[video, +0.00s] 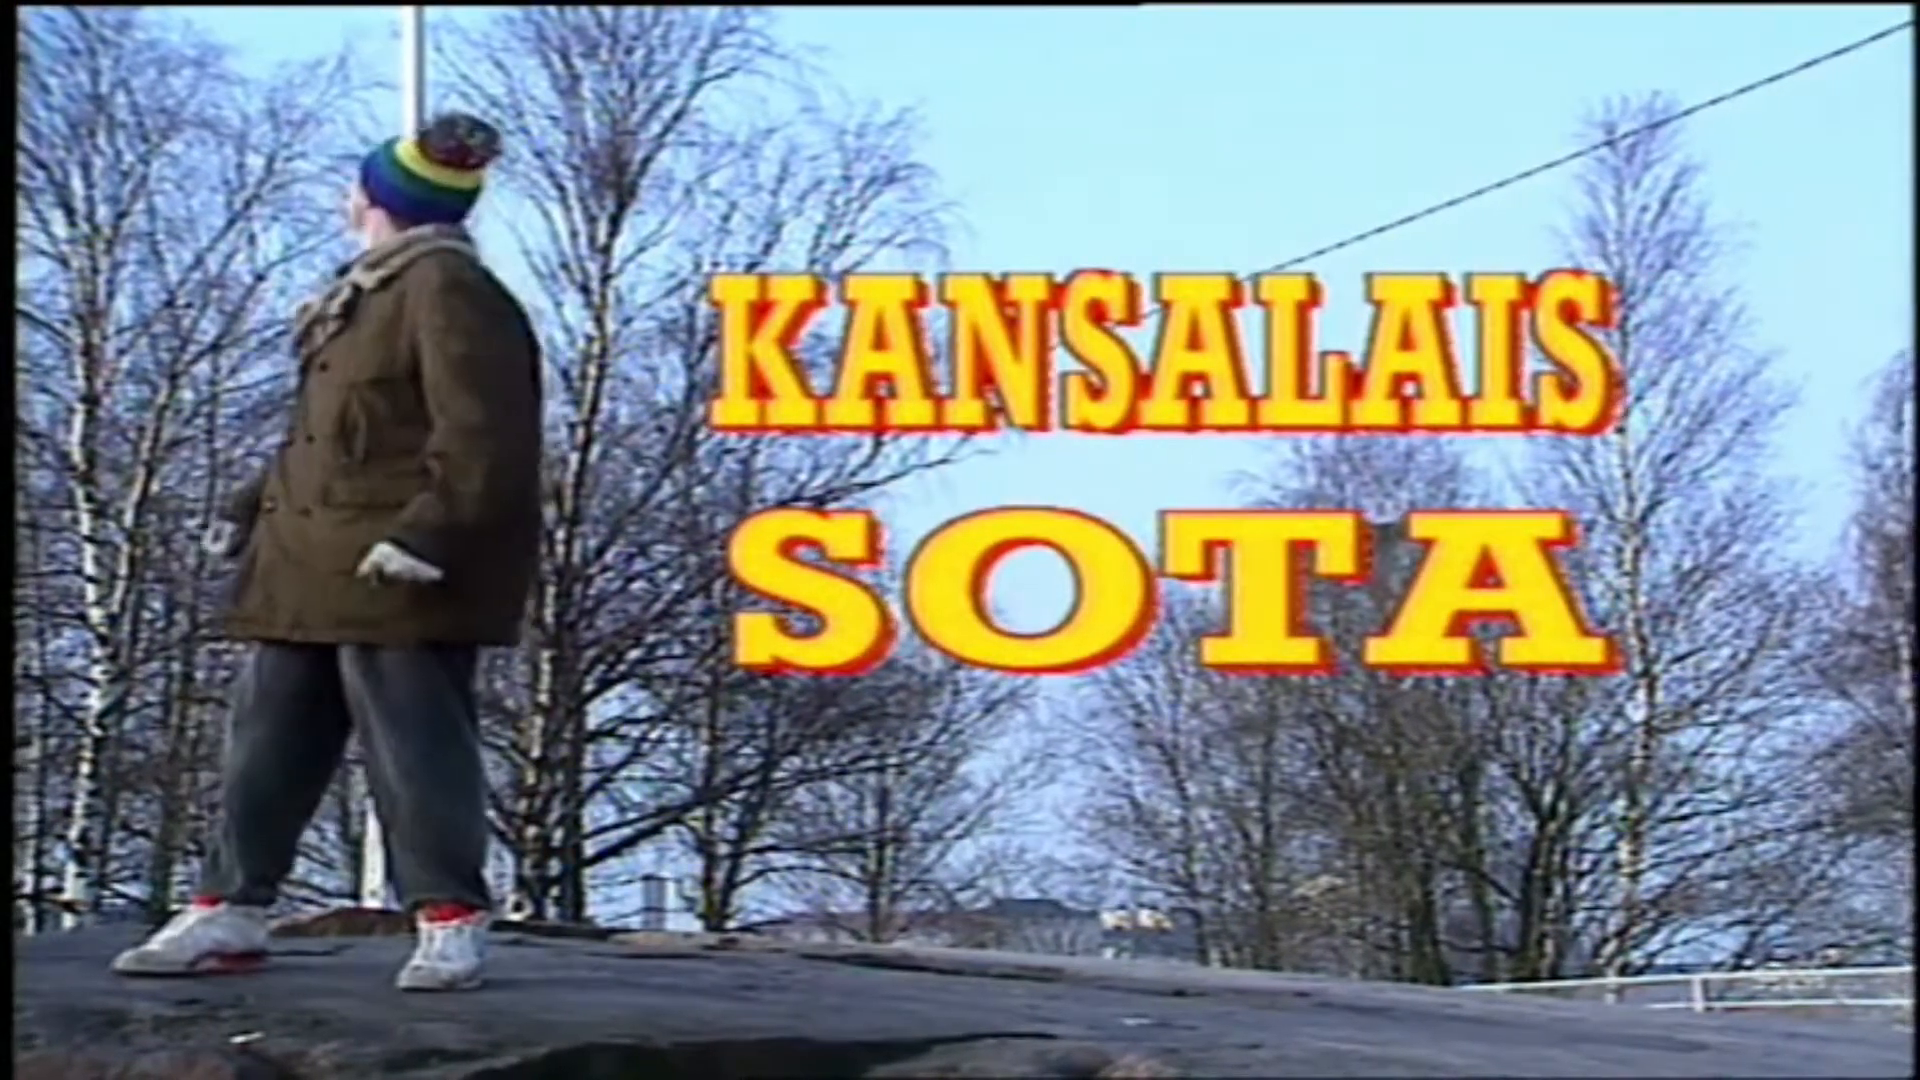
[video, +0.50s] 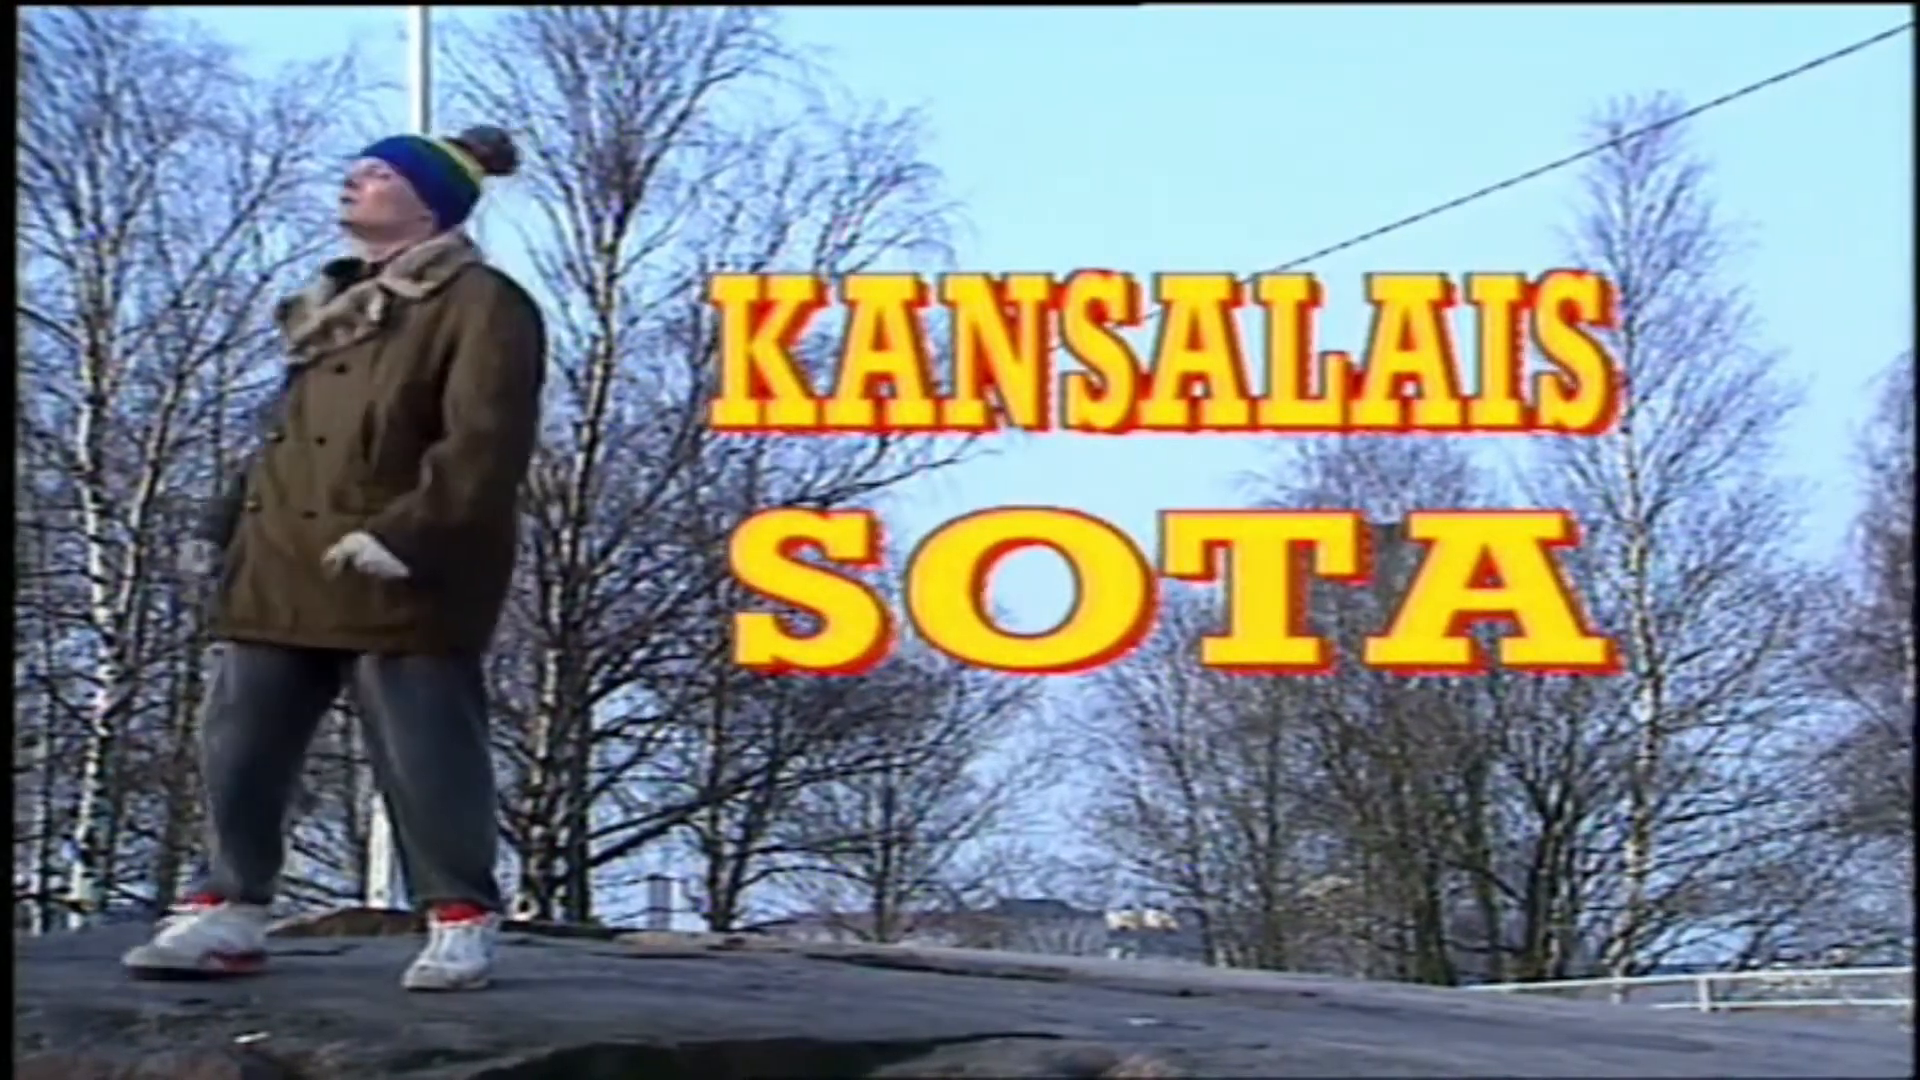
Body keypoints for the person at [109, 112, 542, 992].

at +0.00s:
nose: (352, 209)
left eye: (360, 197)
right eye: (359, 196)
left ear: (381, 203)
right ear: (418, 205)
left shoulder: (450, 286)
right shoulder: (359, 293)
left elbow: (482, 435)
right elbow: (329, 435)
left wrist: (430, 533)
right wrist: (264, 506)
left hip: (396, 569)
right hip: (306, 566)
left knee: (416, 744)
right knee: (269, 742)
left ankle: (451, 918)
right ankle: (233, 909)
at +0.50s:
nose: (353, 180)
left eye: (376, 172)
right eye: (357, 171)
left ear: (425, 201)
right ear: (374, 204)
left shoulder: (486, 304)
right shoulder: (337, 307)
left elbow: (483, 449)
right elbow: (291, 439)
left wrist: (403, 533)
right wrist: (238, 524)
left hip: (406, 574)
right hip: (288, 565)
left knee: (424, 747)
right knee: (244, 736)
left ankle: (461, 919)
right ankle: (234, 910)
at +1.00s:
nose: (335, 184)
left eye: (357, 175)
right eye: (322, 175)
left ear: (399, 204)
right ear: (299, 204)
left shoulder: (449, 279)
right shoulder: (255, 294)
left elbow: (509, 344)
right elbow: (158, 352)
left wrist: (417, 295)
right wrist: (118, 291)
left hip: (406, 553)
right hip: (266, 556)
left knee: (416, 742)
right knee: (241, 730)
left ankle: (441, 916)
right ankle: (238, 913)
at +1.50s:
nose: (351, 180)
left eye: (375, 172)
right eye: (338, 171)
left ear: (417, 200)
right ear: (318, 198)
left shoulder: (453, 270)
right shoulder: (258, 284)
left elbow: (499, 323)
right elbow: (200, 372)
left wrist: (382, 260)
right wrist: (219, 416)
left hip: (414, 548)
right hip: (280, 552)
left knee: (426, 740)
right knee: (272, 741)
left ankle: (450, 918)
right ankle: (275, 917)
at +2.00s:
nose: (321, 172)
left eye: (345, 163)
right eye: (310, 166)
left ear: (396, 193)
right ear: (292, 198)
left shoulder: (456, 275)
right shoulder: (246, 280)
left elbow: (447, 373)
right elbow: (151, 355)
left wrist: (315, 365)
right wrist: (114, 272)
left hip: (391, 561)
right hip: (253, 560)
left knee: (405, 747)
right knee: (259, 745)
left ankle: (434, 920)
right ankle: (276, 918)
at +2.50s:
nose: (342, 178)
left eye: (364, 167)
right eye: (331, 169)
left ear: (413, 189)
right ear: (316, 193)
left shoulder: (475, 276)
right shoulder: (282, 280)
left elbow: (469, 357)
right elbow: (189, 364)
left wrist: (330, 334)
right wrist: (157, 326)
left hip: (407, 559)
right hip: (275, 559)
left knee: (417, 747)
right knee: (276, 747)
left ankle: (441, 920)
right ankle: (285, 918)